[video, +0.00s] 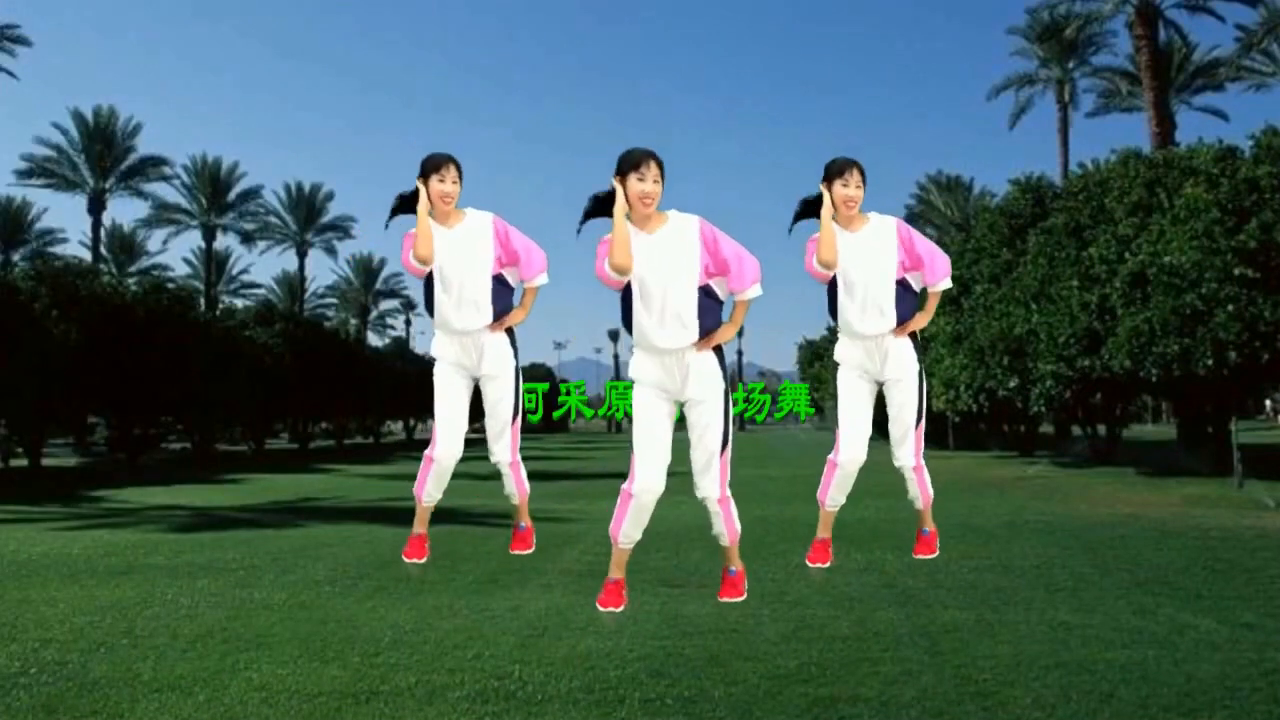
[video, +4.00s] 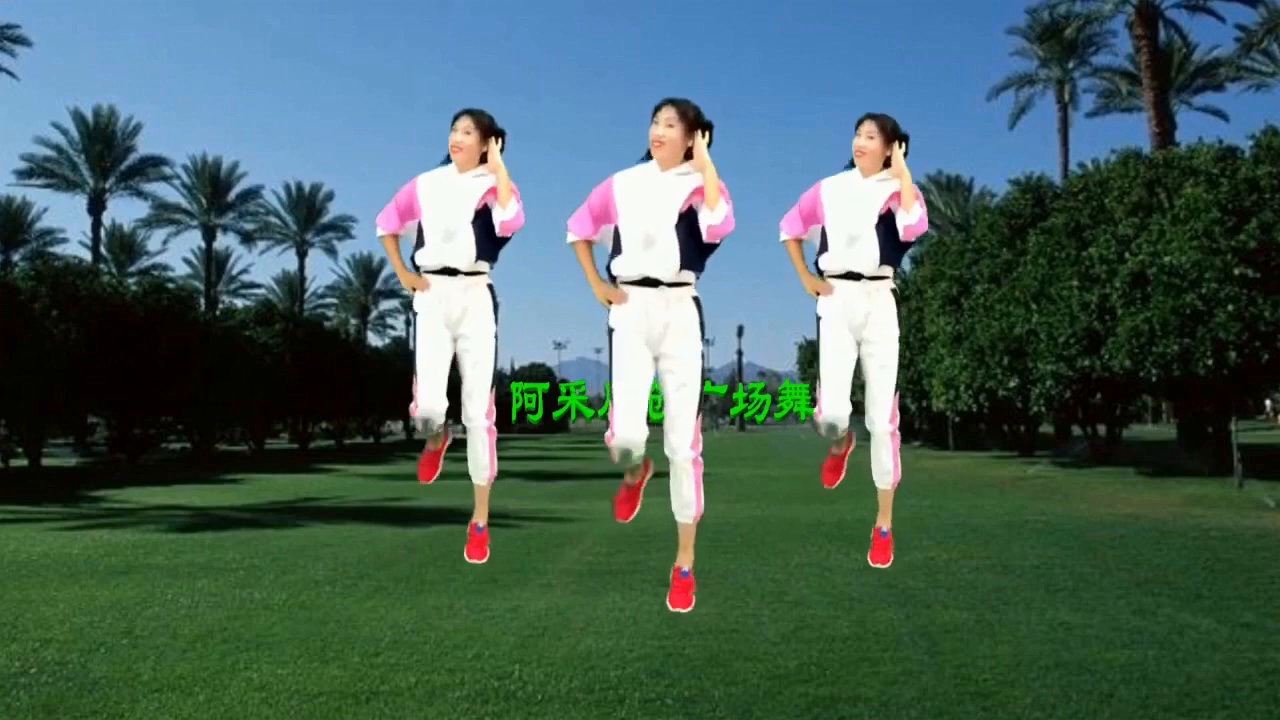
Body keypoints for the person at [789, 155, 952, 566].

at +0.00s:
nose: (851, 193)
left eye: (857, 186)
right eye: (843, 185)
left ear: (864, 191)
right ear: (827, 191)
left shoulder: (892, 228)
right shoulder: (821, 239)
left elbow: (938, 266)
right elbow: (828, 263)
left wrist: (925, 314)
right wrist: (827, 213)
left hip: (899, 348)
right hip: (853, 352)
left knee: (905, 455)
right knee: (849, 453)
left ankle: (926, 526)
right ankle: (822, 536)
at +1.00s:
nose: (866, 179)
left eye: (873, 173)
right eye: (858, 173)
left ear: (881, 181)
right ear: (843, 181)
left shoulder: (902, 223)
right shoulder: (835, 224)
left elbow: (943, 267)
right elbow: (882, 243)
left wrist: (923, 314)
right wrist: (936, 220)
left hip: (905, 338)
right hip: (860, 340)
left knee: (911, 443)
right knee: (861, 448)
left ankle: (919, 526)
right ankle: (834, 536)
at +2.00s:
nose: (879, 167)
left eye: (887, 161)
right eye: (872, 160)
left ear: (898, 169)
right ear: (862, 168)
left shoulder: (914, 217)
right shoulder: (839, 215)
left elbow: (955, 260)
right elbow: (799, 260)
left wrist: (925, 290)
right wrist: (823, 305)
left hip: (900, 327)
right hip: (856, 327)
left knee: (901, 434)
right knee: (865, 433)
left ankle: (893, 534)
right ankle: (853, 535)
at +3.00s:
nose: (864, 156)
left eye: (872, 149)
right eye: (861, 150)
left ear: (894, 154)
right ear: (856, 157)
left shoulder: (918, 194)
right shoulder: (842, 202)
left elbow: (975, 196)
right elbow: (795, 247)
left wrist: (943, 209)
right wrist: (824, 293)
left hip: (897, 312)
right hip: (852, 313)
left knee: (894, 429)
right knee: (848, 429)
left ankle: (892, 532)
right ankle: (845, 534)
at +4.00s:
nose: (860, 142)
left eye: (870, 137)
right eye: (857, 136)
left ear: (889, 148)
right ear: (852, 144)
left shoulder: (902, 190)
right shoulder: (828, 188)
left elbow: (911, 228)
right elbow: (789, 229)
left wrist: (902, 173)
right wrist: (806, 277)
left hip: (881, 299)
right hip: (837, 296)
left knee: (881, 416)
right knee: (831, 416)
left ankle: (883, 523)